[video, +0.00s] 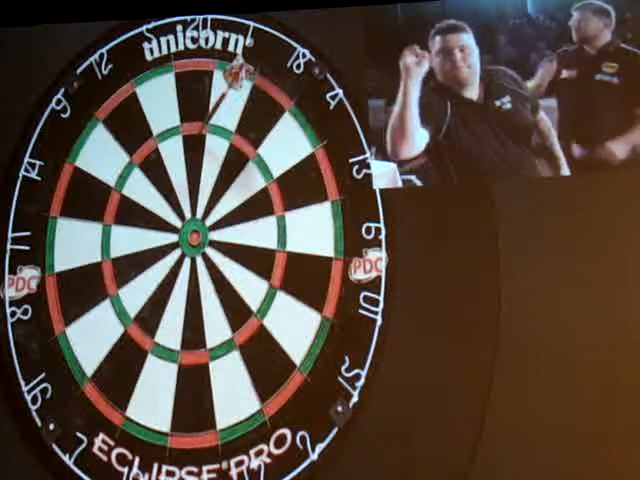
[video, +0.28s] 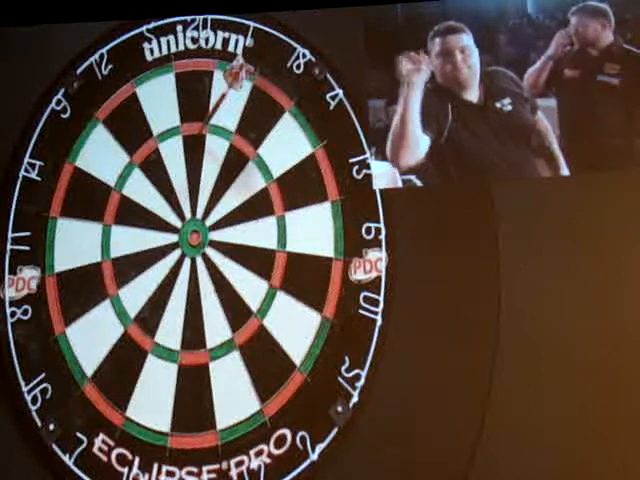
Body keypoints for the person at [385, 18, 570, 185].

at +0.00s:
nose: (457, 59)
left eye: (463, 49)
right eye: (446, 54)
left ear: (477, 53)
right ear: (432, 62)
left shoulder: (503, 80)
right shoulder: (433, 101)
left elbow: (539, 122)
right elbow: (401, 152)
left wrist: (563, 171)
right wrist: (410, 80)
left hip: (534, 195)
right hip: (476, 207)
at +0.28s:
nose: (458, 62)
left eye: (464, 51)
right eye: (446, 55)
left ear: (476, 54)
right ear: (431, 63)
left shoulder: (500, 80)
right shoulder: (433, 102)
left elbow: (539, 126)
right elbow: (403, 160)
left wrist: (563, 174)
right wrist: (412, 85)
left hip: (538, 197)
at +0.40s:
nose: (459, 62)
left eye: (465, 51)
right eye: (446, 55)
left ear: (478, 54)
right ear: (432, 65)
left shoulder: (502, 81)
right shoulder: (435, 103)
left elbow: (539, 125)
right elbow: (401, 127)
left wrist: (563, 172)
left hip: (532, 202)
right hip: (473, 212)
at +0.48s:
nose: (461, 62)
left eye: (467, 51)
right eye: (448, 56)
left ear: (480, 54)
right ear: (433, 65)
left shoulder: (503, 81)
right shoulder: (434, 104)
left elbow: (540, 128)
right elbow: (404, 142)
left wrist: (564, 172)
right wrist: (385, 169)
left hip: (531, 201)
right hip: (471, 211)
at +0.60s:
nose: (463, 61)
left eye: (468, 50)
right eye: (450, 55)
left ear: (480, 53)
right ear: (434, 65)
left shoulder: (503, 82)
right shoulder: (433, 109)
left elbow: (538, 134)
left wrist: (566, 179)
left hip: (529, 204)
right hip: (467, 213)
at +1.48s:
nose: (463, 57)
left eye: (470, 48)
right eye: (451, 51)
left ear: (483, 51)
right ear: (436, 59)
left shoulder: (507, 81)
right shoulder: (430, 107)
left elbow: (545, 131)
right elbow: (404, 173)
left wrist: (567, 180)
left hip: (530, 203)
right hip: (468, 215)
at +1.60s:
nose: (462, 57)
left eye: (469, 48)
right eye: (451, 51)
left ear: (482, 52)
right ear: (437, 59)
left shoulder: (508, 81)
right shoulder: (433, 103)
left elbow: (545, 130)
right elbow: (408, 147)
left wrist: (569, 177)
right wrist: (384, 160)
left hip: (529, 201)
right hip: (470, 213)